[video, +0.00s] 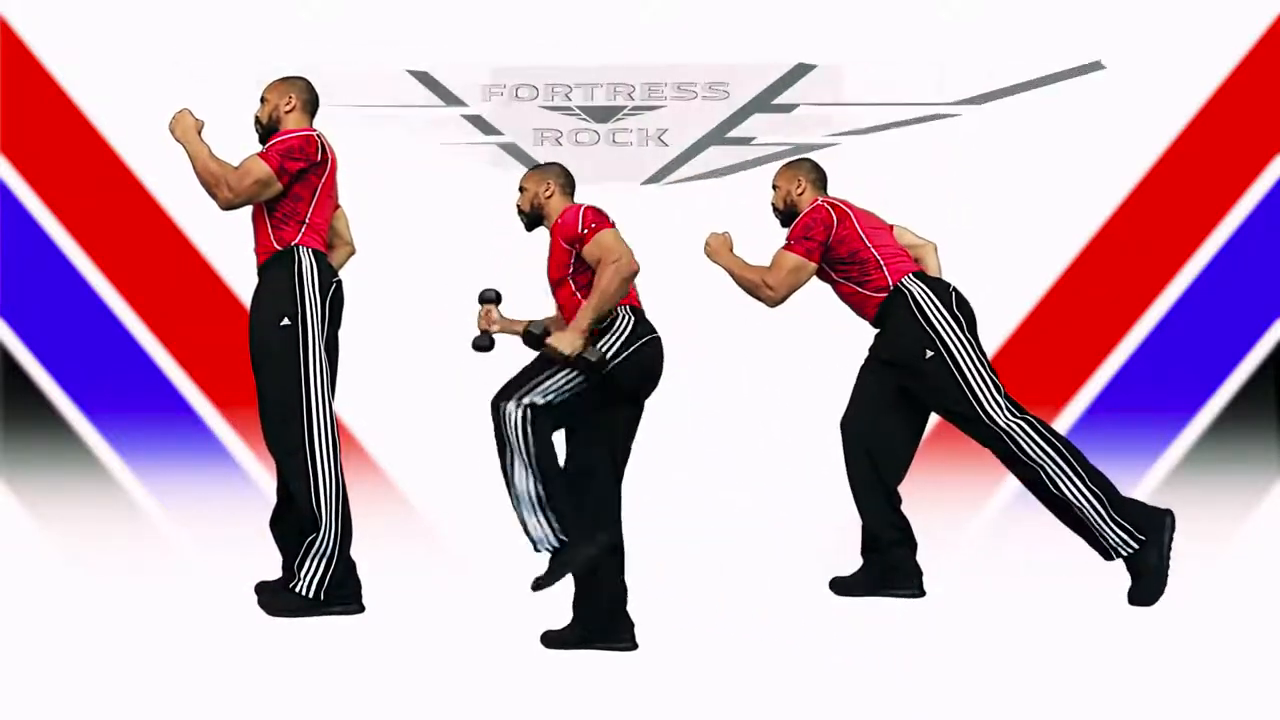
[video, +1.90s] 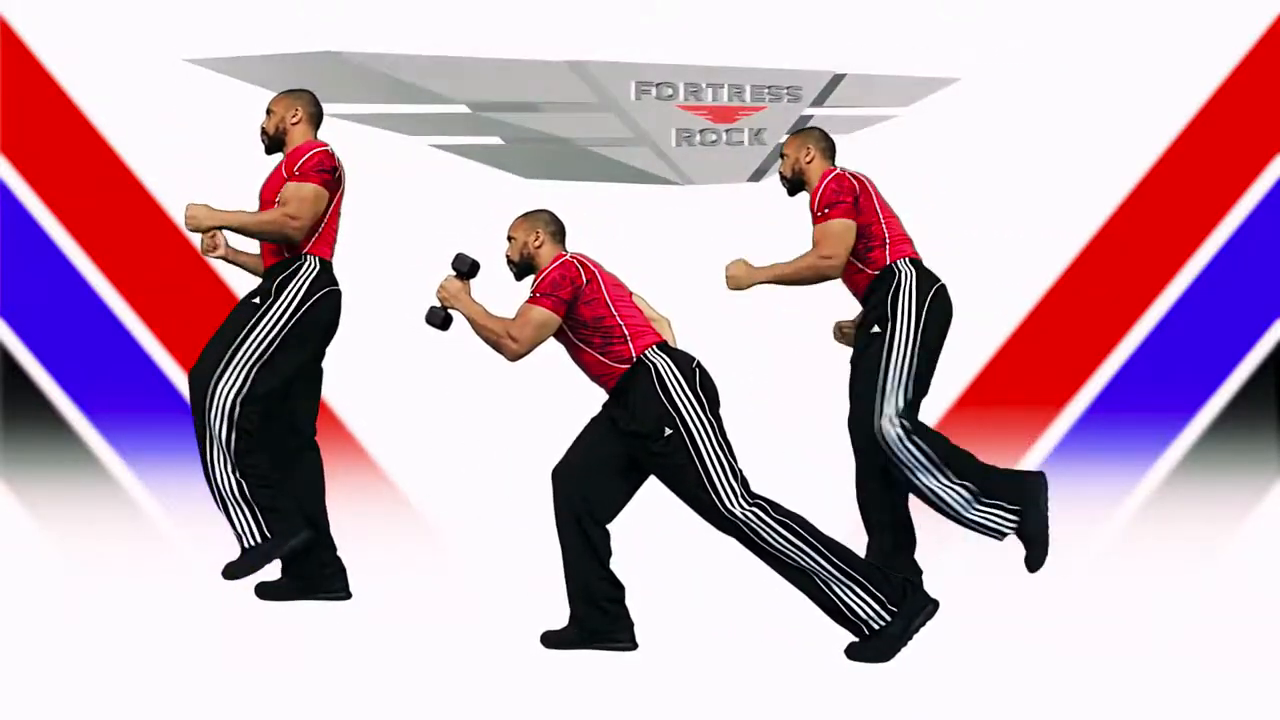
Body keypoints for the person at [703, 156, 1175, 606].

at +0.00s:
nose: (773, 199)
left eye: (779, 189)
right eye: (773, 191)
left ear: (805, 188)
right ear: (811, 191)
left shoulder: (818, 216)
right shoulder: (846, 219)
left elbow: (772, 289)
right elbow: (922, 248)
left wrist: (724, 258)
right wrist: (942, 313)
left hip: (920, 309)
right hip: (903, 325)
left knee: (1001, 424)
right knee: (864, 437)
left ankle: (1136, 531)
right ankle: (891, 567)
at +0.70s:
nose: (769, 188)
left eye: (775, 178)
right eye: (769, 181)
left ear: (802, 176)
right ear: (807, 183)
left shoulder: (820, 207)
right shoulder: (846, 212)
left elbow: (790, 283)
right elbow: (915, 263)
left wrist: (731, 276)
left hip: (913, 306)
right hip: (892, 323)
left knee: (960, 434)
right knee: (861, 439)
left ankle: (1104, 527)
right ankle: (890, 568)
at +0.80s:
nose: (774, 179)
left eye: (779, 168)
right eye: (775, 171)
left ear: (803, 165)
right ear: (812, 168)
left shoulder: (826, 194)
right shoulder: (843, 201)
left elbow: (825, 268)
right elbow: (886, 277)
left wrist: (760, 294)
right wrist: (851, 322)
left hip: (913, 301)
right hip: (887, 317)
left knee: (906, 432)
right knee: (866, 435)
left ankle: (1034, 512)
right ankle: (890, 567)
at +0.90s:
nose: (784, 166)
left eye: (788, 156)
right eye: (784, 158)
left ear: (811, 154)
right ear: (816, 156)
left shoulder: (842, 183)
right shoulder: (834, 205)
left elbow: (867, 246)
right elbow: (867, 284)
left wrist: (817, 300)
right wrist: (807, 298)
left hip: (910, 291)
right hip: (901, 302)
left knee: (834, 393)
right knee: (880, 430)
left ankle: (916, 504)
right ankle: (889, 568)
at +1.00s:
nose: (793, 158)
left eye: (798, 148)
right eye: (793, 150)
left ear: (822, 144)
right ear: (823, 146)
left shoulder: (851, 172)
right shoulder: (843, 198)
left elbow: (899, 220)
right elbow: (824, 272)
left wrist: (887, 292)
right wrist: (770, 251)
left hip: (901, 288)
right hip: (905, 301)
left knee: (794, 339)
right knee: (883, 440)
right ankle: (892, 569)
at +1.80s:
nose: (789, 158)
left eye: (793, 147)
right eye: (788, 150)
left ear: (818, 144)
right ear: (822, 147)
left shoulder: (846, 174)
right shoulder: (834, 198)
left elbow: (874, 239)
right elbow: (853, 297)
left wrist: (824, 297)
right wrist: (801, 299)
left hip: (903, 284)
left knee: (814, 375)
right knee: (880, 442)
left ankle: (897, 487)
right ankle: (894, 589)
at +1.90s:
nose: (780, 166)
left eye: (784, 155)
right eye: (780, 159)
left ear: (809, 152)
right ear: (813, 155)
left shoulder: (836, 183)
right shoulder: (833, 195)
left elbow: (829, 258)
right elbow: (883, 271)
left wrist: (757, 274)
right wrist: (864, 324)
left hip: (907, 292)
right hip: (885, 309)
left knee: (888, 426)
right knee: (868, 440)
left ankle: (1016, 500)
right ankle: (895, 580)